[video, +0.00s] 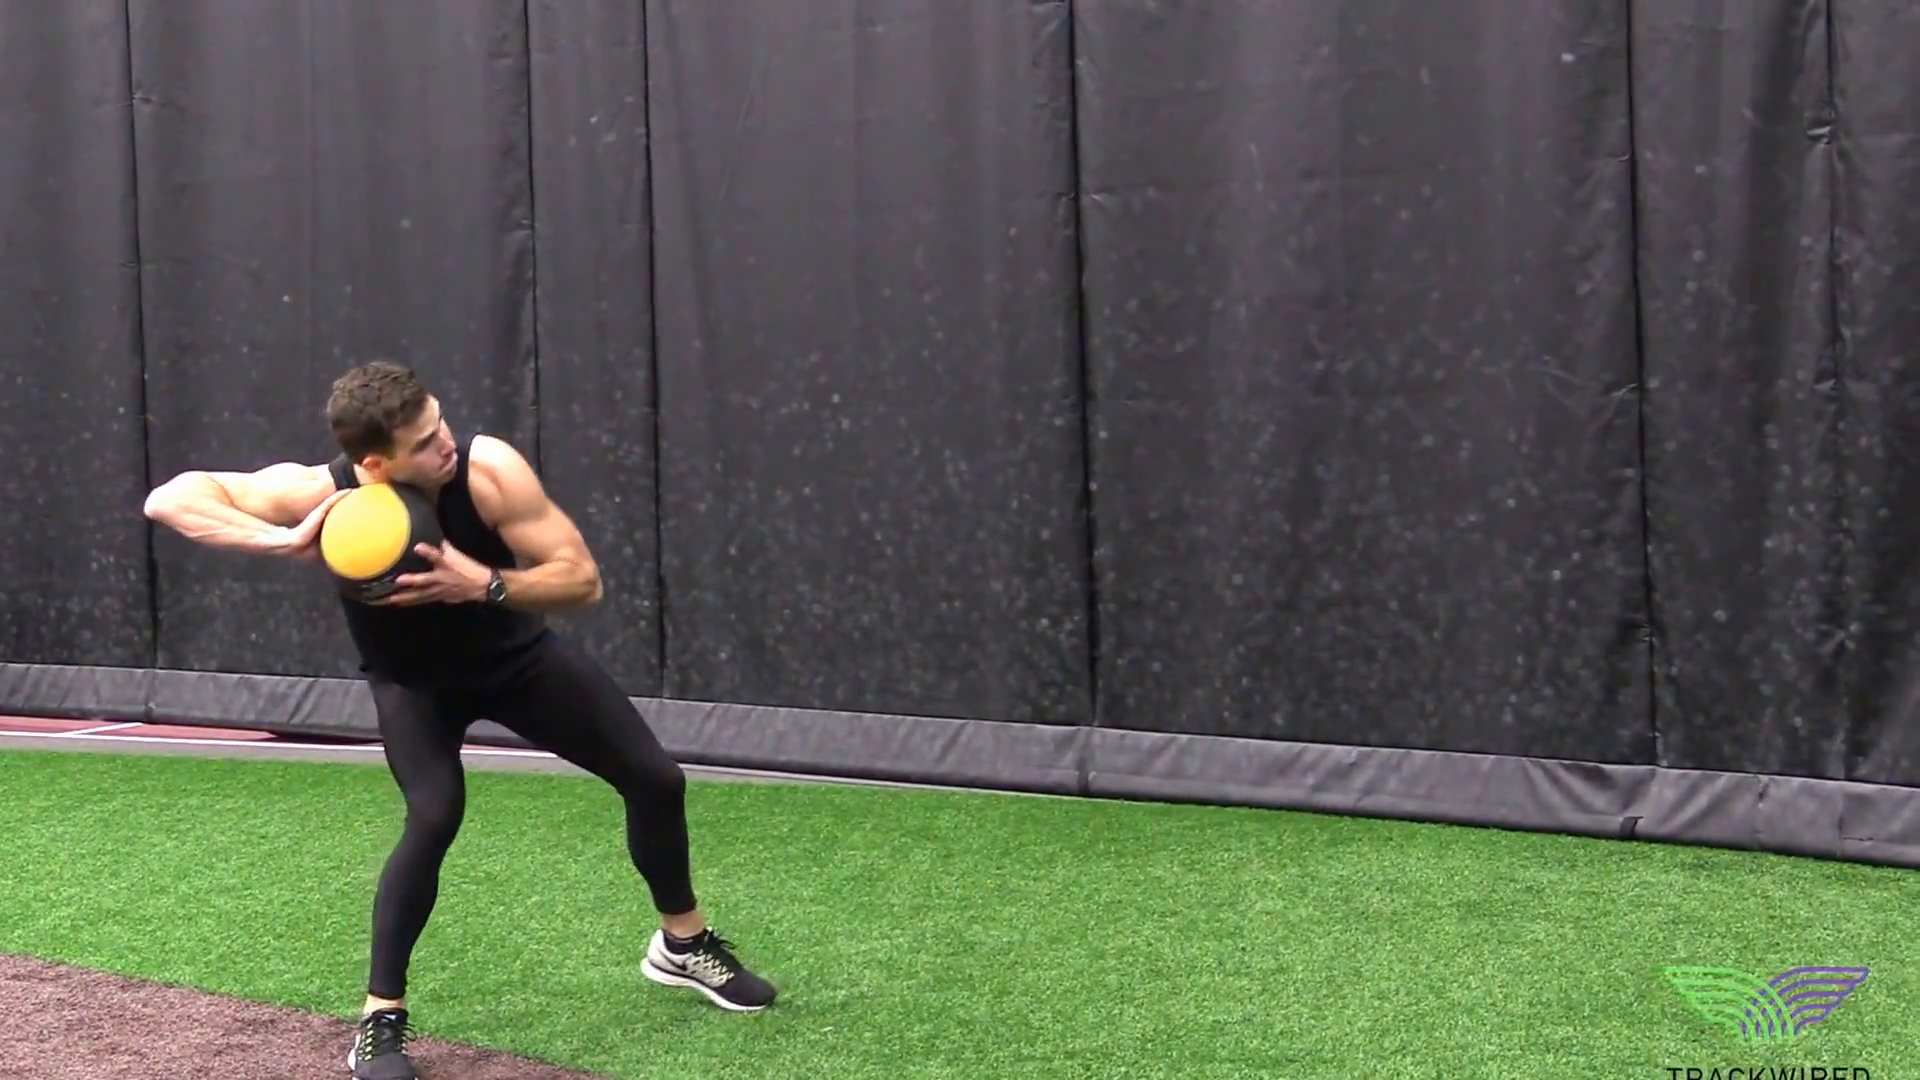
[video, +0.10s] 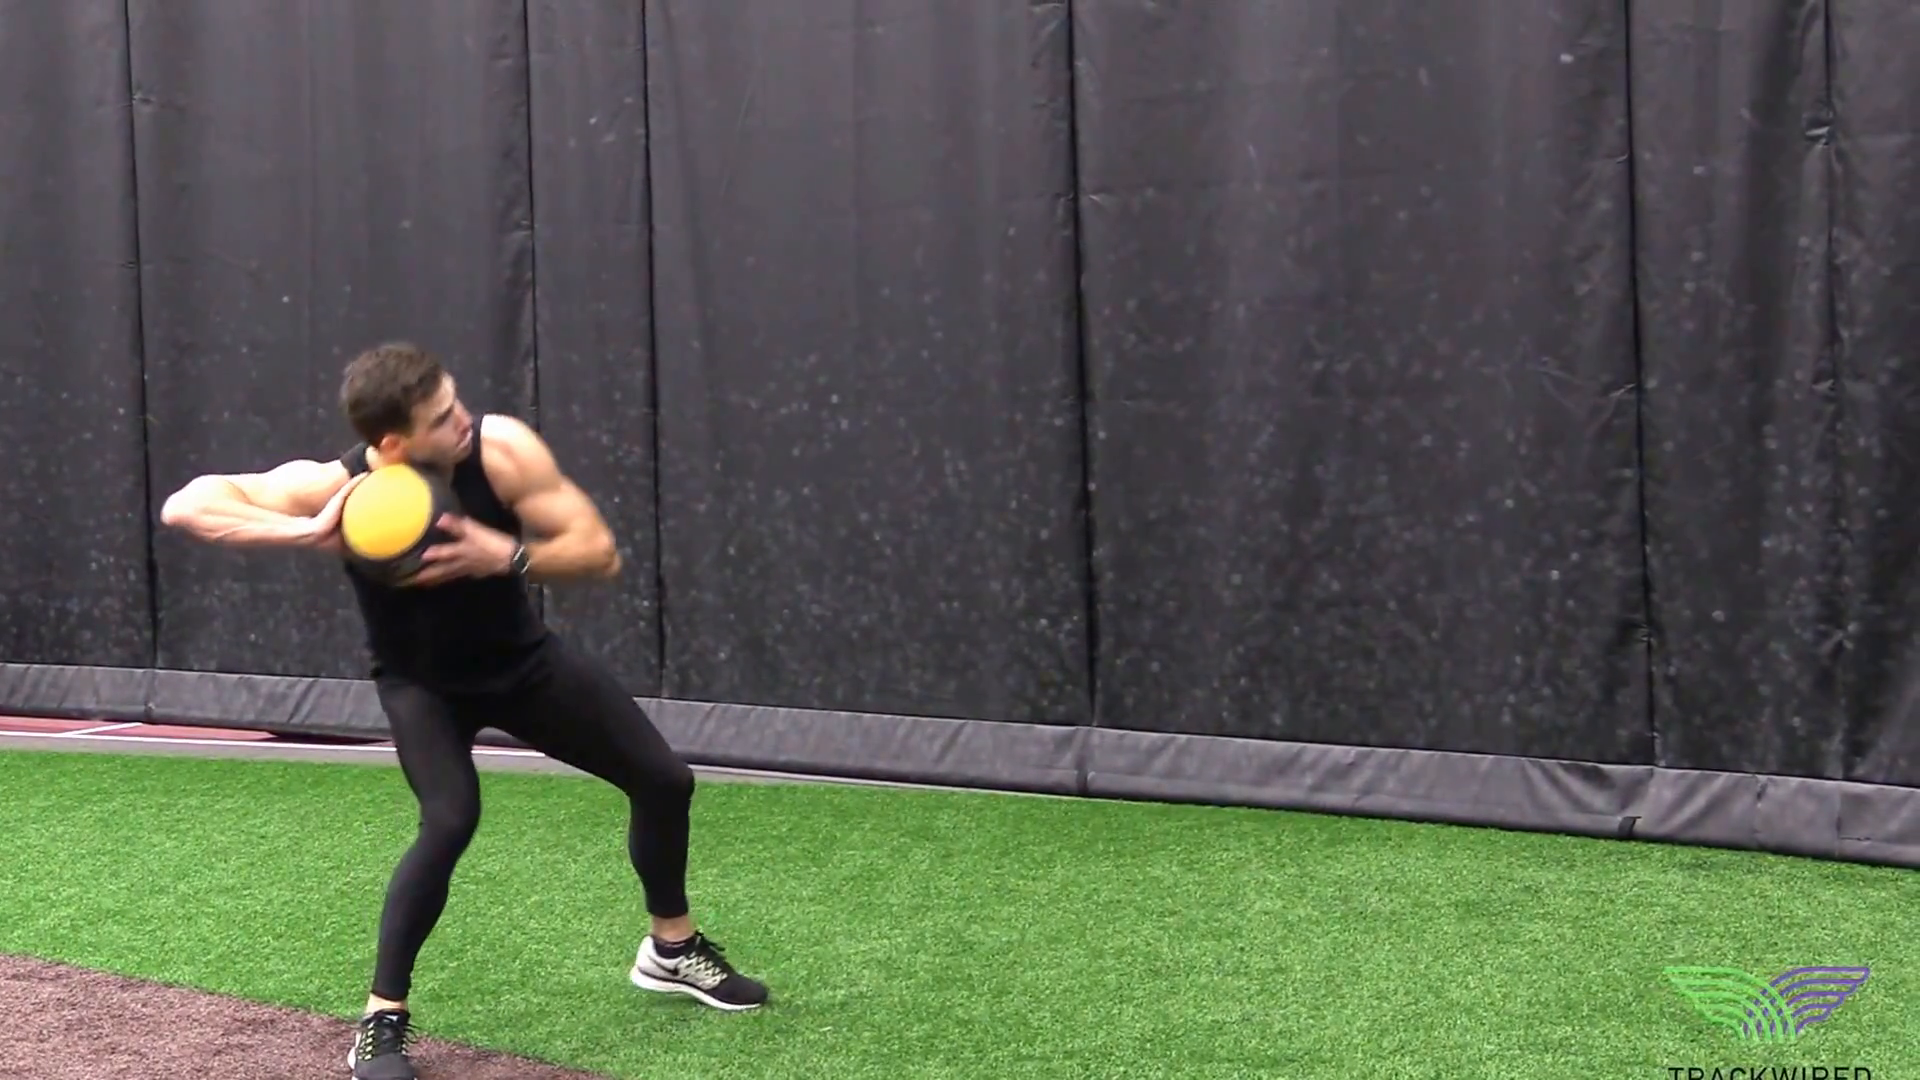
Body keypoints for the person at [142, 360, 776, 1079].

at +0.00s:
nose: (446, 446)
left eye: (442, 429)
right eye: (425, 444)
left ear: (442, 411)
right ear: (371, 467)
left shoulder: (493, 472)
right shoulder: (320, 494)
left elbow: (580, 579)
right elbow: (167, 498)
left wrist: (487, 583)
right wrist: (277, 539)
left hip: (519, 655)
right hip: (412, 681)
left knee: (656, 780)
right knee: (434, 813)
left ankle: (684, 940)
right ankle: (383, 1016)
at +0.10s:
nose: (464, 421)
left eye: (459, 404)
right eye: (443, 419)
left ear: (460, 401)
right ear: (389, 446)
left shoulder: (505, 447)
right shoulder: (335, 487)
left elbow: (600, 554)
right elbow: (184, 505)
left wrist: (508, 554)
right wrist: (297, 531)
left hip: (528, 661)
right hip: (423, 683)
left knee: (665, 781)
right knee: (450, 819)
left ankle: (672, 947)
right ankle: (384, 1017)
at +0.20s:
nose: (480, 385)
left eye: (473, 370)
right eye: (459, 383)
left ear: (474, 365)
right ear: (412, 413)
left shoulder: (519, 419)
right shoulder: (358, 473)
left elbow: (622, 509)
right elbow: (209, 513)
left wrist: (536, 506)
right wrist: (333, 514)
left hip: (531, 660)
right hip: (435, 682)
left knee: (673, 775)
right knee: (469, 820)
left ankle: (662, 954)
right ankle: (388, 1016)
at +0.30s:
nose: (494, 338)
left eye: (486, 326)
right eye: (475, 337)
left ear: (481, 339)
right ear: (431, 370)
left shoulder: (529, 382)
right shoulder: (384, 451)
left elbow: (648, 457)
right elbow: (249, 517)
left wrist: (569, 429)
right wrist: (372, 483)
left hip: (539, 651)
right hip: (454, 667)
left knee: (680, 770)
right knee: (492, 822)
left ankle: (657, 965)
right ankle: (390, 1013)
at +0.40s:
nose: (501, 287)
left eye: (493, 276)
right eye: (485, 283)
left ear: (469, 307)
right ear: (450, 316)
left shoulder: (527, 360)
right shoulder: (410, 417)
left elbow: (656, 386)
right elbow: (319, 504)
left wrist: (590, 355)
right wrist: (433, 432)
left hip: (557, 637)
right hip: (487, 651)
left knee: (679, 767)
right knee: (521, 818)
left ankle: (662, 963)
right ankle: (392, 1002)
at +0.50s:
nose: (502, 248)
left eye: (493, 237)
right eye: (488, 243)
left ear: (460, 280)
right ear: (462, 277)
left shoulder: (522, 334)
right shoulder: (447, 378)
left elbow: (627, 338)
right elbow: (430, 448)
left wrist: (607, 294)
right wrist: (530, 347)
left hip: (573, 618)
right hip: (529, 627)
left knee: (665, 763)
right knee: (550, 810)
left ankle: (662, 963)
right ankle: (395, 985)